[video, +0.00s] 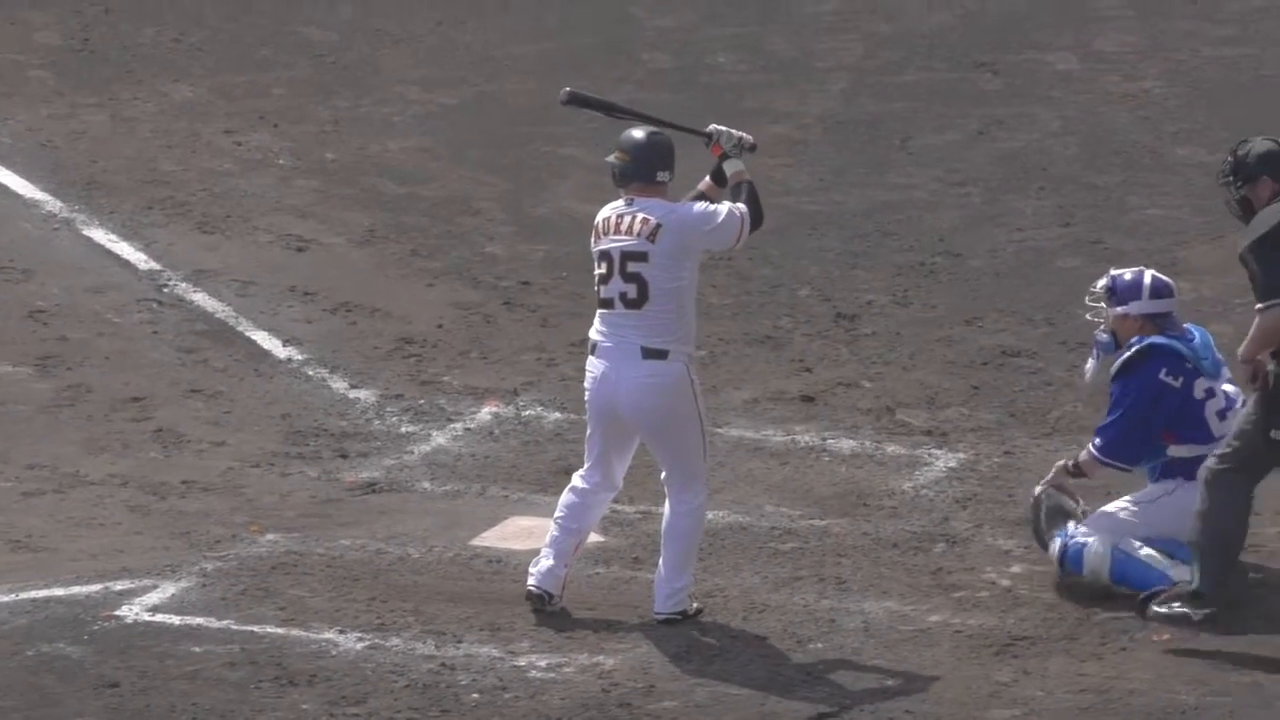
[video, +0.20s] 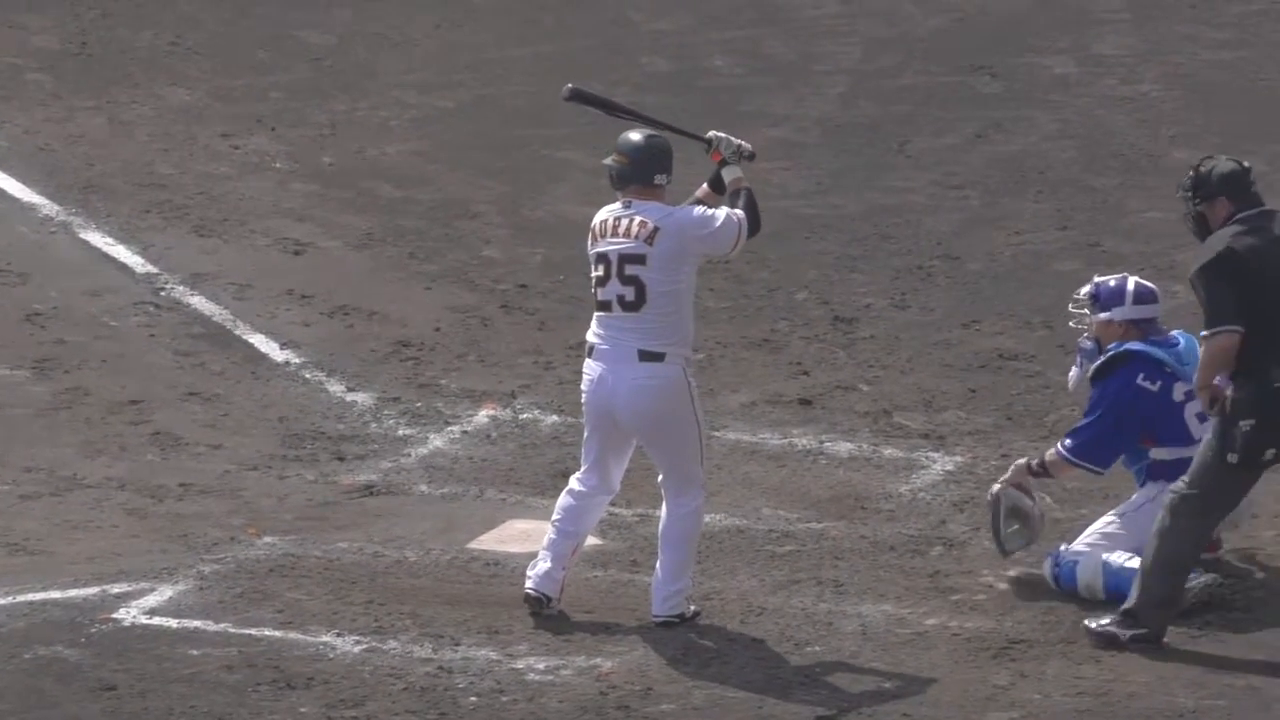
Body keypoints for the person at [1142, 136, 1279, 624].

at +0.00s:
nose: (1242, 196)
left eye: (1246, 186)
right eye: (1241, 186)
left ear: (1267, 186)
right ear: (1270, 186)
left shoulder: (1267, 233)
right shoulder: (1267, 230)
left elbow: (1270, 318)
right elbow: (1270, 317)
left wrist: (1247, 355)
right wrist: (1259, 355)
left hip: (1274, 387)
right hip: (1273, 385)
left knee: (1225, 472)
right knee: (1228, 469)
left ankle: (1210, 592)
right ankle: (1215, 583)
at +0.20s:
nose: (1196, 214)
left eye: (1199, 205)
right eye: (1196, 205)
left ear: (1220, 204)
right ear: (1246, 197)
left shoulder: (1224, 255)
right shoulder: (1274, 226)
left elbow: (1225, 337)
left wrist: (1202, 382)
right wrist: (1226, 377)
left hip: (1262, 402)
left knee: (1188, 505)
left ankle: (1142, 619)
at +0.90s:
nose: (1154, 246)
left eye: (1156, 237)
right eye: (1153, 236)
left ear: (1175, 236)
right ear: (1200, 224)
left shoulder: (1192, 285)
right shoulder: (1260, 242)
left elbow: (1199, 373)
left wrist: (1166, 441)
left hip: (1256, 418)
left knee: (1163, 501)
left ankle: (1135, 619)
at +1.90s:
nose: (1161, 317)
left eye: (1163, 308)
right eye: (1159, 308)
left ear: (1185, 308)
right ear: (1207, 297)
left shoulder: (1188, 352)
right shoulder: (1263, 310)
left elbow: (1203, 435)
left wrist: (1149, 478)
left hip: (1252, 485)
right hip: (1273, 472)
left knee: (1126, 502)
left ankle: (1122, 623)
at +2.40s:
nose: (1095, 328)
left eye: (1097, 320)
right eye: (1093, 320)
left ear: (1117, 318)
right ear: (1142, 306)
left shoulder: (1117, 364)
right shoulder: (1200, 325)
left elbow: (1132, 443)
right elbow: (1255, 399)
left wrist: (1079, 482)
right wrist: (1235, 448)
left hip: (1178, 491)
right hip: (1242, 477)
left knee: (1057, 507)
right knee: (1256, 478)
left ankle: (1054, 619)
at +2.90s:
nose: (1042, 325)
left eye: (1045, 318)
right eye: (1040, 317)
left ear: (1064, 318)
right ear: (1088, 309)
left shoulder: (1063, 360)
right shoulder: (1138, 326)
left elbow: (1075, 431)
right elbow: (1187, 390)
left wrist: (1028, 465)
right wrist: (1169, 437)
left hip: (1117, 476)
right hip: (1175, 461)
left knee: (1010, 487)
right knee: (1182, 467)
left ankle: (1006, 588)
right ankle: (1225, 558)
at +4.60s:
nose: (1036, 269)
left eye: (1038, 262)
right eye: (1035, 261)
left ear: (1055, 263)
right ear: (1077, 254)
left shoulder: (1058, 315)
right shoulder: (1122, 274)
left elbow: (1063, 397)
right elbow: (1147, 334)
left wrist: (1062, 457)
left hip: (1119, 415)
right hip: (1166, 396)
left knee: (1070, 508)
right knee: (1172, 501)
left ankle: (1076, 607)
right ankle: (1228, 593)